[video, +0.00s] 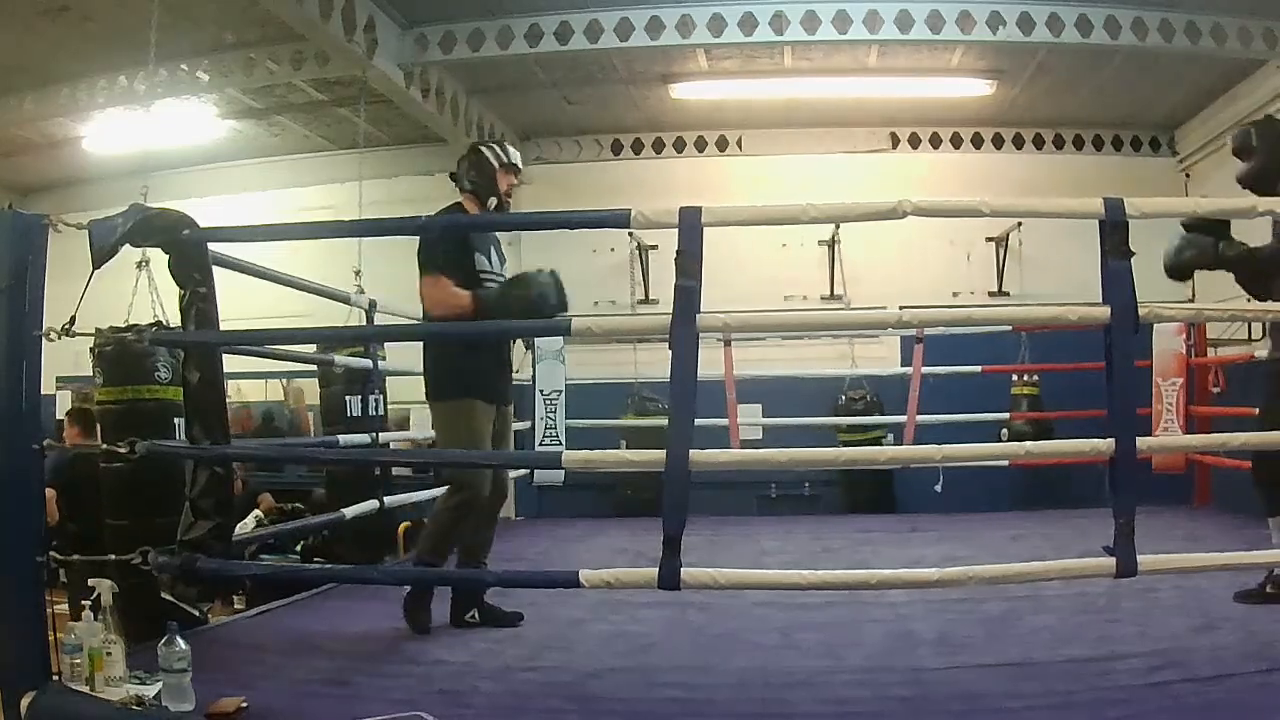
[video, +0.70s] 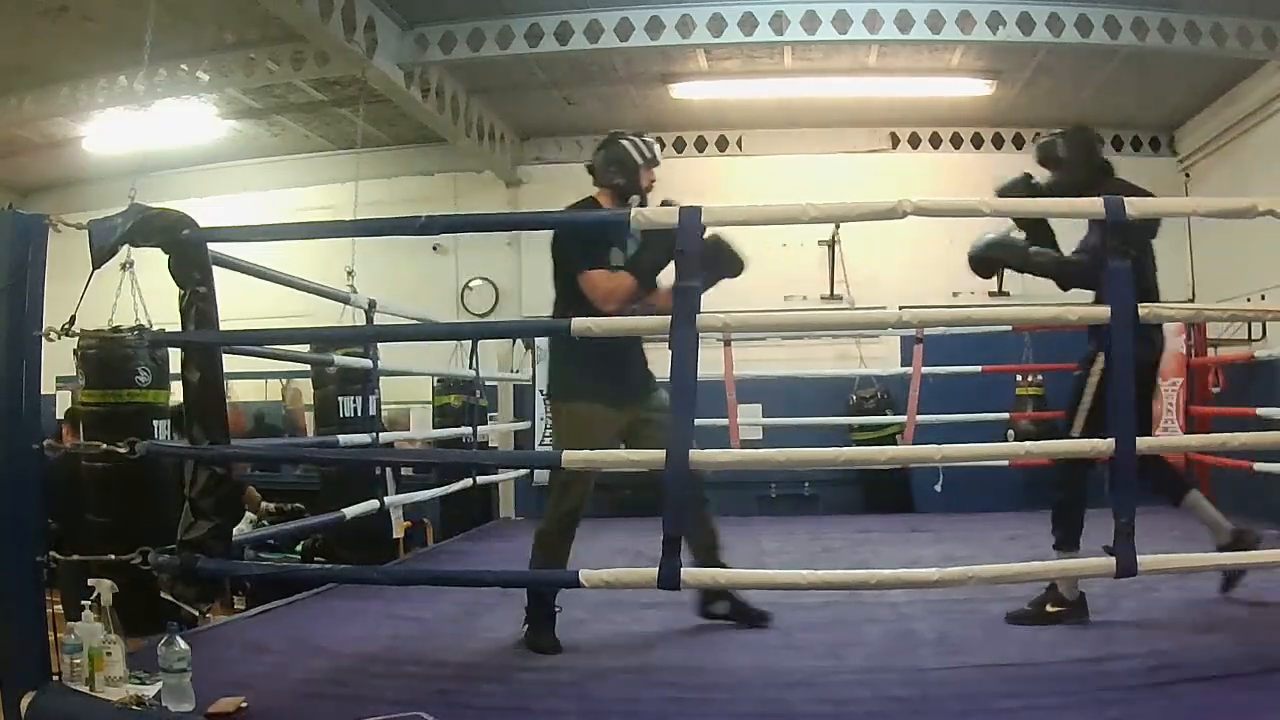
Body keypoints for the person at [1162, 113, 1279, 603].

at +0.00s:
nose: (1238, 171)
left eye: (1243, 157)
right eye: (1236, 159)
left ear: (1270, 152)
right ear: (1267, 156)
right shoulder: (1275, 213)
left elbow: (1271, 279)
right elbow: (1270, 283)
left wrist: (1227, 251)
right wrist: (1231, 248)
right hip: (1276, 358)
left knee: (1269, 459)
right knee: (1267, 457)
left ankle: (1279, 569)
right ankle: (1279, 569)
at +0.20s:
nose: (1193, 171)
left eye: (1197, 158)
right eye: (1191, 161)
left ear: (1224, 152)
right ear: (1226, 155)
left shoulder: (1263, 187)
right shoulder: (1246, 197)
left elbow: (1269, 256)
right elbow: (1224, 274)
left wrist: (1202, 264)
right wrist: (1181, 229)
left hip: (1265, 330)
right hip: (1253, 329)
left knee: (1225, 439)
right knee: (1251, 443)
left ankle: (1279, 561)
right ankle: (1278, 566)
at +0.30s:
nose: (1178, 169)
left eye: (1183, 156)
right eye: (1175, 159)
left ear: (1211, 148)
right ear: (1209, 152)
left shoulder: (1245, 190)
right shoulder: (1229, 195)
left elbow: (1237, 254)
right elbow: (1198, 275)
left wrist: (1170, 237)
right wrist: (1161, 234)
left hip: (1238, 336)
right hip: (1241, 336)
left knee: (1189, 444)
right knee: (1256, 450)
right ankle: (1279, 567)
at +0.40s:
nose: (1155, 172)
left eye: (1161, 159)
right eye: (1152, 162)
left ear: (1190, 151)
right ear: (1171, 159)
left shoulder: (1228, 195)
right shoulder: (1191, 204)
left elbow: (1197, 259)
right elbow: (1167, 276)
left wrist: (1141, 218)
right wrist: (1123, 220)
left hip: (1218, 347)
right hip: (1213, 344)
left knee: (1174, 464)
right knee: (1255, 460)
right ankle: (1278, 570)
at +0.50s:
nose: (1132, 180)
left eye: (1137, 169)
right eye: (1130, 172)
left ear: (1161, 163)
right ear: (1161, 163)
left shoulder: (1198, 207)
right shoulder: (1174, 208)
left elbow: (1147, 258)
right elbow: (1134, 272)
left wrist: (1089, 218)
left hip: (1188, 353)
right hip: (1196, 350)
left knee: (1137, 462)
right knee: (1234, 458)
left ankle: (1078, 584)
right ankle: (1279, 562)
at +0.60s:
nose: (1088, 179)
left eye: (1093, 168)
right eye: (1086, 170)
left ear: (1120, 164)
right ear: (1121, 163)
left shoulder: (1159, 206)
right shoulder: (1120, 208)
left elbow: (1118, 280)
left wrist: (1072, 241)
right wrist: (1026, 225)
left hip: (1153, 356)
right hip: (1162, 354)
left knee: (1098, 459)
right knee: (1196, 459)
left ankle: (1068, 587)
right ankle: (1268, 554)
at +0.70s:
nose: (1055, 180)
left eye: (1060, 168)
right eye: (1053, 170)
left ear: (1083, 162)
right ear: (1093, 160)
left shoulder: (1117, 204)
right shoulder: (1111, 205)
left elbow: (1088, 272)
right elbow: (1066, 272)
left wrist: (1013, 253)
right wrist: (1034, 225)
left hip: (1118, 341)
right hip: (1135, 338)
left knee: (1071, 451)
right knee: (1135, 448)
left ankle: (1065, 588)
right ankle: (1227, 534)